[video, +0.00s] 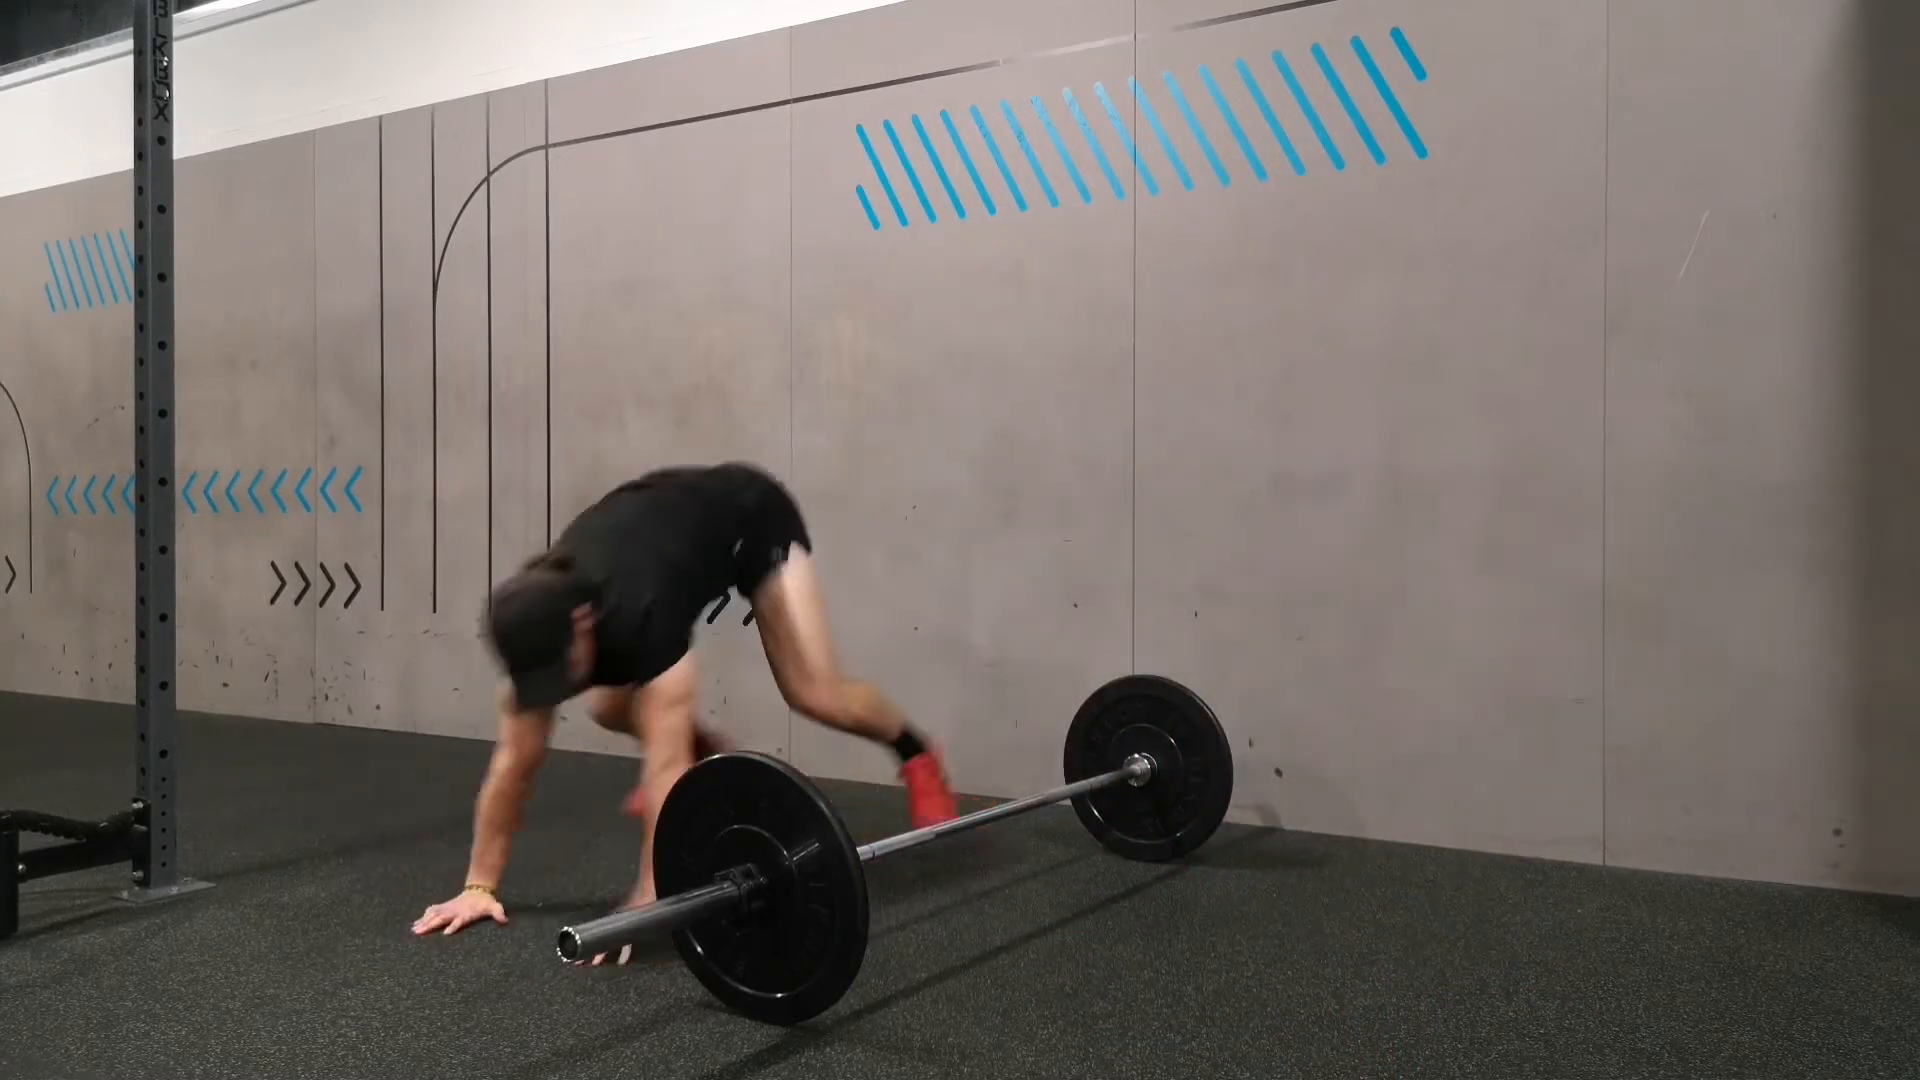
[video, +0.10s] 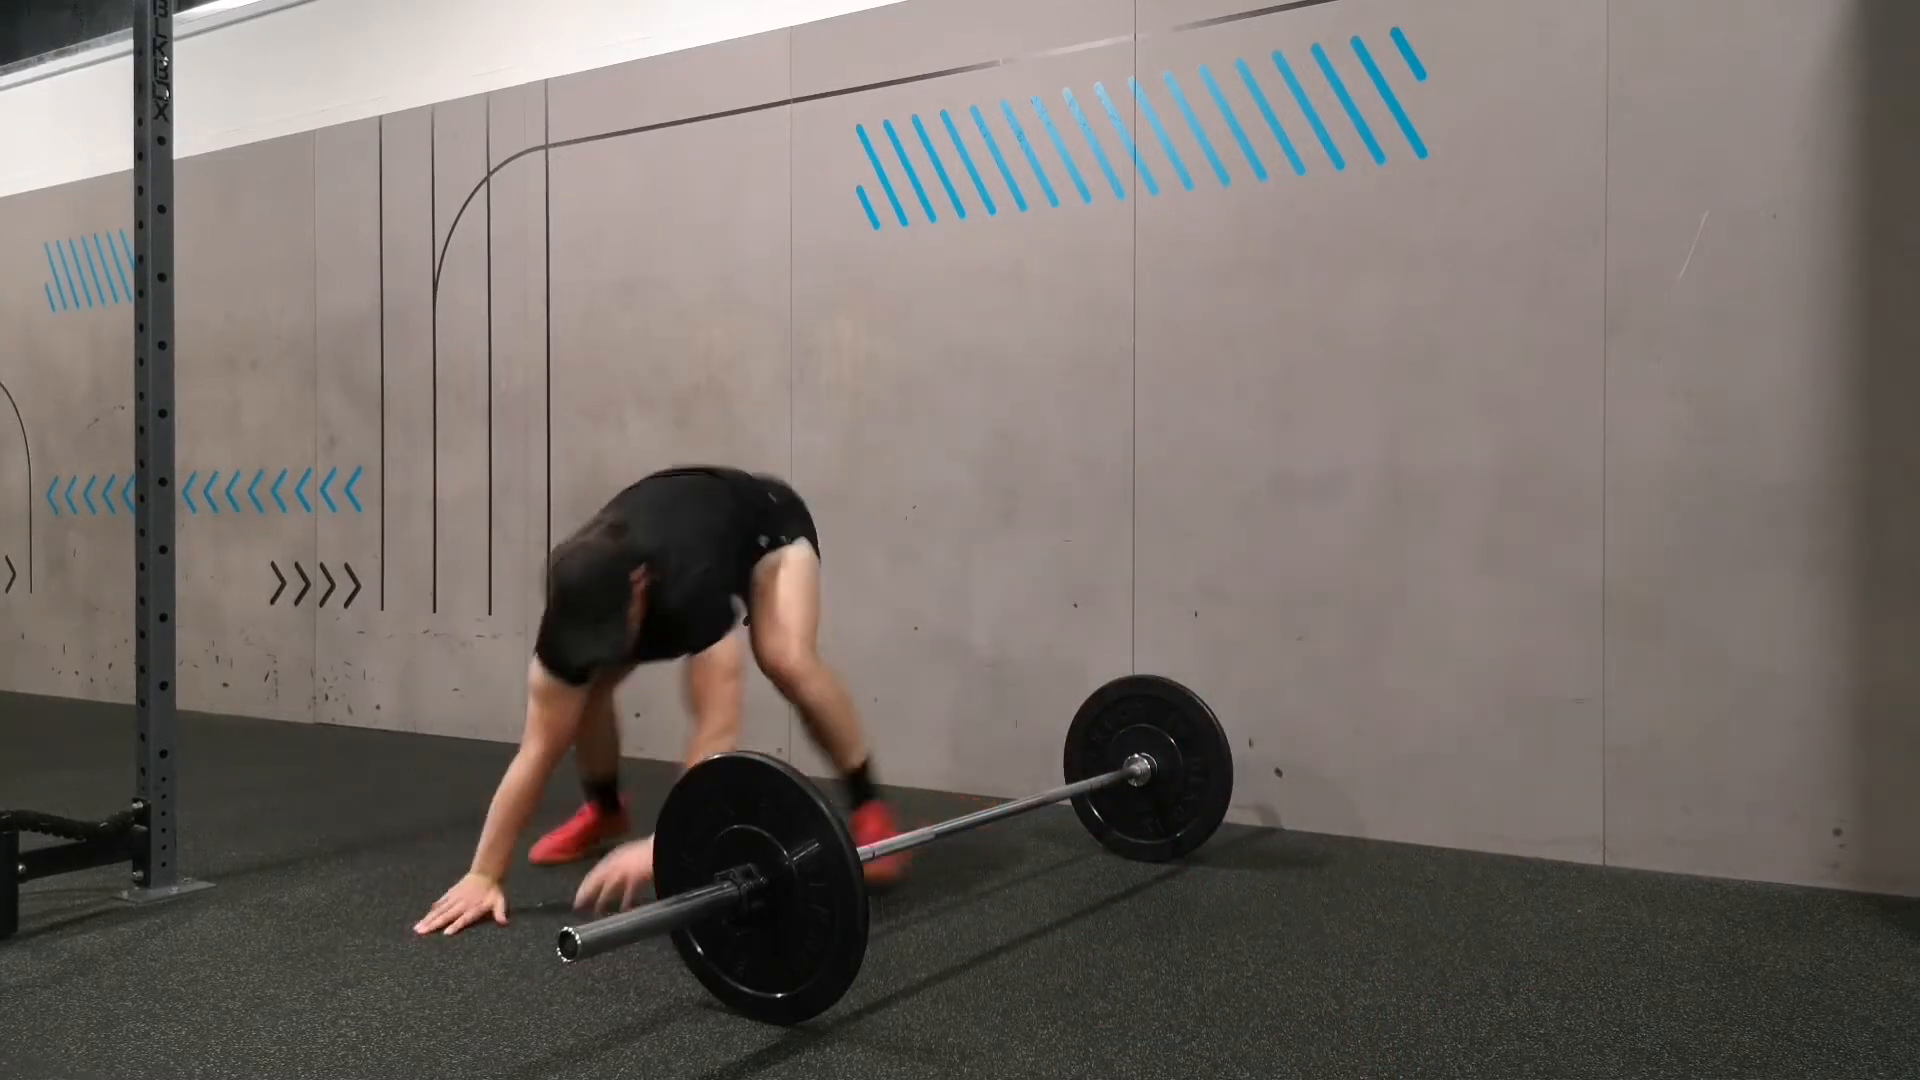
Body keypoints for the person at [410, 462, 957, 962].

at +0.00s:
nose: (564, 681)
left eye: (561, 669)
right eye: (548, 676)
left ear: (582, 623)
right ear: (516, 645)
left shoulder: (644, 607)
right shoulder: (534, 627)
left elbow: (669, 775)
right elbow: (512, 765)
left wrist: (644, 901)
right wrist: (480, 887)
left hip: (749, 513)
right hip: (664, 518)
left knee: (815, 695)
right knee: (612, 704)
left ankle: (916, 750)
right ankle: (710, 755)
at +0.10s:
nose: (596, 663)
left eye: (607, 646)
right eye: (582, 652)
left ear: (638, 591)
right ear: (557, 607)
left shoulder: (694, 589)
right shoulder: (568, 618)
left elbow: (719, 730)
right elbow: (538, 748)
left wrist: (670, 842)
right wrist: (483, 874)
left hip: (764, 518)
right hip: (664, 510)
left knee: (786, 658)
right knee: (583, 687)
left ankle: (869, 805)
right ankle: (604, 810)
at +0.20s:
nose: (642, 611)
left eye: (657, 600)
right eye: (637, 601)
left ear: (687, 558)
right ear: (615, 557)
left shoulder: (741, 554)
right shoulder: (594, 568)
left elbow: (766, 699)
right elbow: (545, 698)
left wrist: (694, 807)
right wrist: (499, 827)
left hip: (778, 572)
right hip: (676, 582)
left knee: (792, 694)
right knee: (581, 714)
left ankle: (859, 840)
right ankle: (602, 821)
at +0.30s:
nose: (713, 491)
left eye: (724, 479)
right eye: (701, 479)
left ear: (748, 459)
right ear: (680, 458)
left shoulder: (792, 479)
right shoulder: (658, 483)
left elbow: (812, 644)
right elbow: (591, 602)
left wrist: (747, 751)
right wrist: (554, 712)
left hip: (804, 579)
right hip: (713, 576)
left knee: (829, 705)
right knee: (609, 712)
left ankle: (860, 845)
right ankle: (602, 819)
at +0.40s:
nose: (776, 391)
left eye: (788, 377)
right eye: (763, 377)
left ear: (811, 357)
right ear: (742, 358)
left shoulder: (856, 399)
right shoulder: (722, 394)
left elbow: (898, 553)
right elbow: (659, 481)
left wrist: (826, 655)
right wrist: (625, 573)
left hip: (849, 542)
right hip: (763, 530)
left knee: (852, 696)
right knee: (656, 666)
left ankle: (862, 842)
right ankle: (628, 786)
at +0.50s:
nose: (805, 301)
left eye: (817, 285)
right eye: (790, 286)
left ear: (842, 267)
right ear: (769, 269)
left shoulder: (893, 321)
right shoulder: (762, 319)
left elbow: (989, 445)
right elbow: (705, 410)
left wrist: (931, 553)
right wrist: (662, 506)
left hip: (913, 481)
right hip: (827, 461)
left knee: (875, 666)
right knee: (705, 579)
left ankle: (865, 836)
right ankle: (740, 701)